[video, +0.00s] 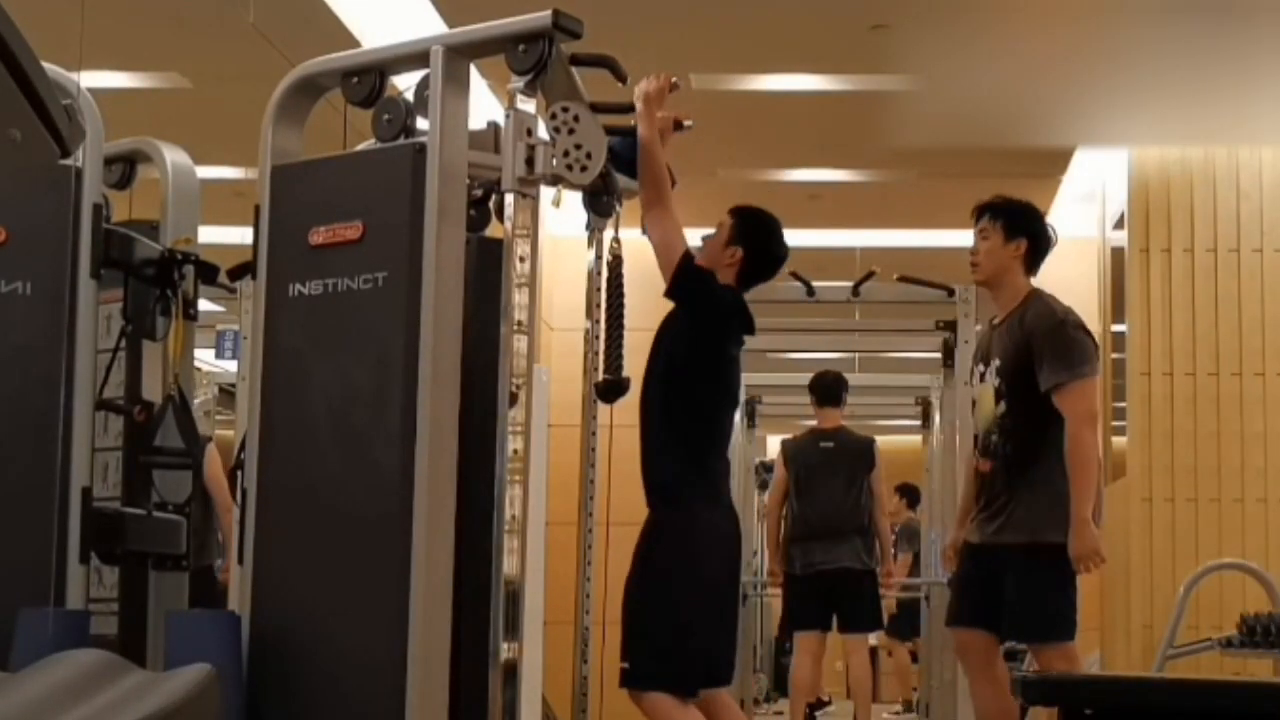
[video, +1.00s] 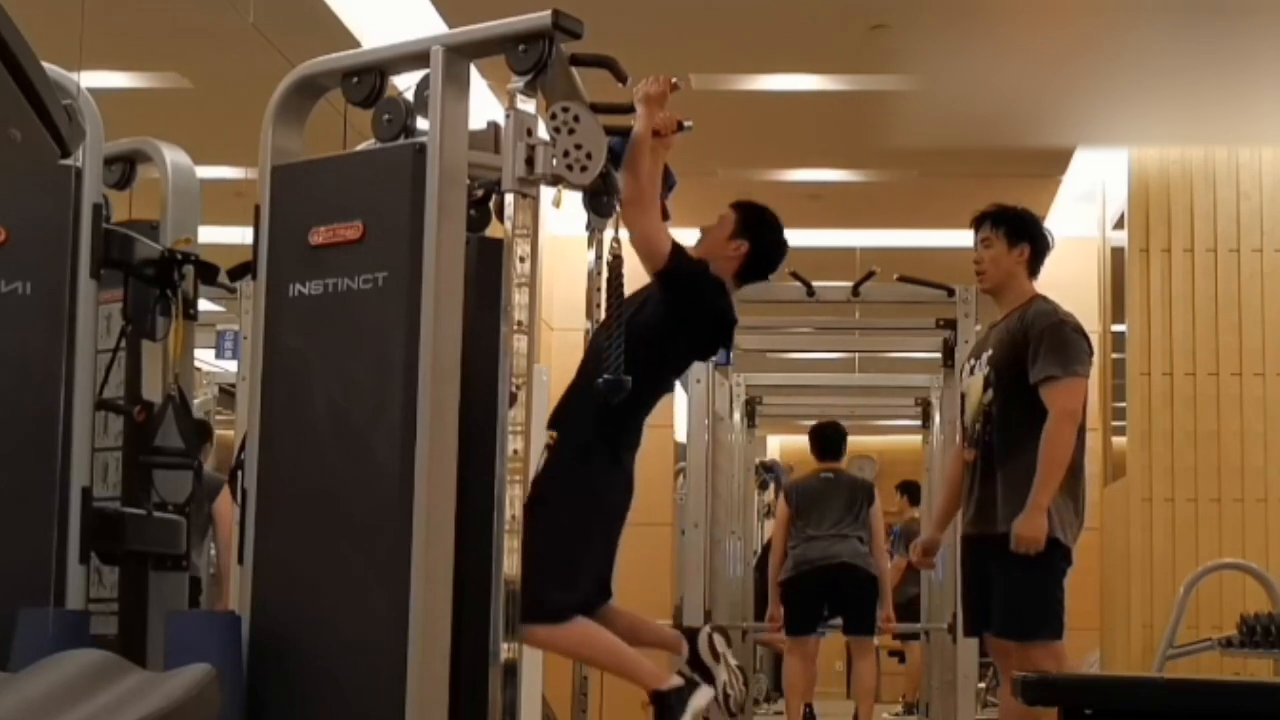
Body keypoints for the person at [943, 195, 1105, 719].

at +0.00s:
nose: (972, 249)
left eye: (984, 238)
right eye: (973, 238)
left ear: (1019, 249)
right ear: (995, 249)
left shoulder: (1054, 324)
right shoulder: (989, 336)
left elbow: (1085, 426)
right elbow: (984, 443)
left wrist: (1082, 520)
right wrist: (964, 523)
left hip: (1042, 524)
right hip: (990, 525)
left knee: (1053, 652)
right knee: (972, 641)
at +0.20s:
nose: (975, 254)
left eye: (986, 241)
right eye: (974, 243)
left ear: (1022, 248)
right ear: (984, 250)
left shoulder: (1056, 323)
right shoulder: (990, 338)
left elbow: (1081, 421)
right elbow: (983, 441)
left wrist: (1054, 509)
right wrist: (961, 519)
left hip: (1037, 525)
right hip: (992, 526)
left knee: (1048, 656)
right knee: (1001, 653)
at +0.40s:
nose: (976, 256)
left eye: (987, 244)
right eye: (975, 246)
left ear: (1023, 251)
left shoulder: (1054, 322)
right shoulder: (995, 337)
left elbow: (1065, 414)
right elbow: (978, 442)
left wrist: (1012, 498)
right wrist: (932, 516)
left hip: (1038, 523)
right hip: (997, 521)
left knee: (1046, 666)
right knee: (1008, 660)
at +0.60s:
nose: (978, 258)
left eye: (989, 246)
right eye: (977, 248)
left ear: (1025, 253)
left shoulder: (1052, 322)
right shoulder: (990, 339)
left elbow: (1056, 412)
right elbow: (971, 436)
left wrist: (996, 488)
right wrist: (928, 502)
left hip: (1037, 517)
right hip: (994, 517)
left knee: (1045, 660)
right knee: (1007, 654)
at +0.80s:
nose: (978, 258)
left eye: (989, 247)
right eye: (977, 248)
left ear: (1025, 253)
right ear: (980, 256)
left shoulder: (1051, 322)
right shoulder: (986, 339)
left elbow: (1060, 414)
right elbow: (968, 439)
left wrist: (1010, 499)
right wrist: (928, 513)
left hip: (1036, 520)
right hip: (991, 521)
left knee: (1043, 662)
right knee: (1007, 658)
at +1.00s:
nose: (976, 257)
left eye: (988, 246)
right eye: (976, 248)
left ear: (1023, 254)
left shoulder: (1051, 325)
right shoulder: (984, 343)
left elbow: (1067, 416)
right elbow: (968, 445)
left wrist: (1038, 508)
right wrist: (935, 529)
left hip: (1031, 525)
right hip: (987, 526)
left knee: (1041, 659)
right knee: (1004, 656)